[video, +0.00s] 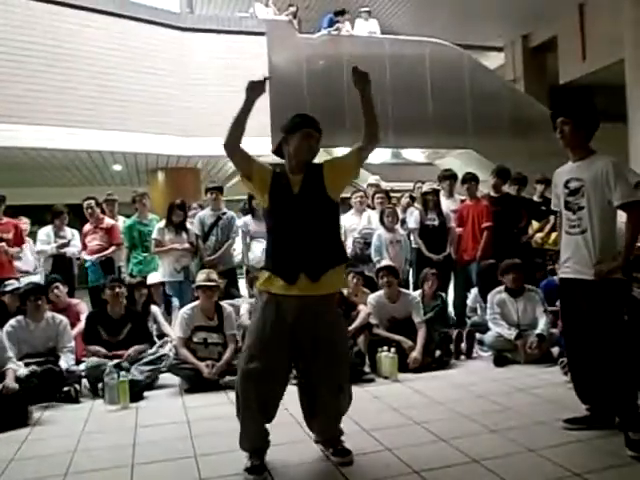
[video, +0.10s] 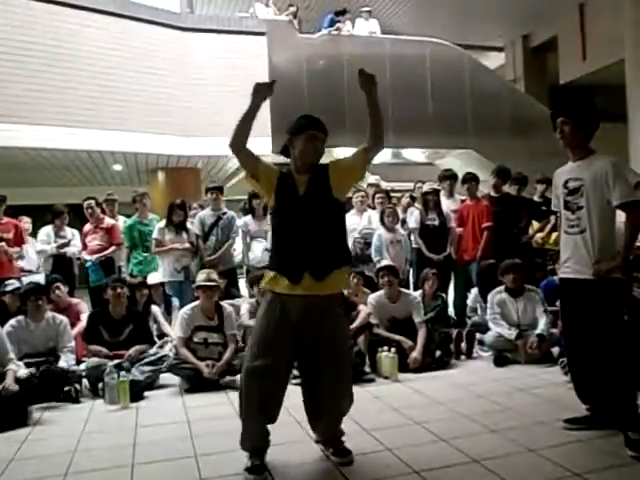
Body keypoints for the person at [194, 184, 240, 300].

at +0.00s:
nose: (214, 197)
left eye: (216, 194)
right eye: (211, 194)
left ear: (221, 196)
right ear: (206, 197)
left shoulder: (230, 216)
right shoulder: (200, 217)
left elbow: (232, 239)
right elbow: (199, 239)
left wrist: (216, 257)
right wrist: (206, 258)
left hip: (226, 265)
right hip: (207, 264)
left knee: (232, 298)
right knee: (208, 298)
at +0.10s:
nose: (214, 197)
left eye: (217, 194)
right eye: (211, 194)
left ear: (221, 196)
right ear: (207, 197)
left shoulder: (230, 216)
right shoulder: (201, 217)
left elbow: (232, 239)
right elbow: (199, 238)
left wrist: (216, 257)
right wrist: (206, 258)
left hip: (226, 264)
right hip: (207, 264)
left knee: (232, 298)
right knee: (208, 298)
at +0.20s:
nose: (214, 197)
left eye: (217, 194)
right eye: (211, 194)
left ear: (221, 196)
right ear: (207, 197)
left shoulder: (231, 216)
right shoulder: (201, 216)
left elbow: (232, 239)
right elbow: (199, 238)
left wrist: (216, 257)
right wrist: (206, 258)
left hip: (227, 264)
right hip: (208, 265)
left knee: (232, 298)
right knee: (208, 298)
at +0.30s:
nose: (214, 197)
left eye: (217, 194)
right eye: (211, 194)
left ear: (221, 196)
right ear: (207, 197)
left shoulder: (231, 216)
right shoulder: (201, 216)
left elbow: (233, 239)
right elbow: (199, 238)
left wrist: (216, 257)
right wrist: (206, 258)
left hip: (227, 264)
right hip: (208, 265)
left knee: (232, 298)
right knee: (208, 298)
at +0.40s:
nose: (214, 197)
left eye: (217, 194)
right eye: (211, 194)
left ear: (221, 196)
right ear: (207, 197)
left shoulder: (231, 216)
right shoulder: (201, 216)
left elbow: (233, 239)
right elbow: (199, 238)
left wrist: (216, 257)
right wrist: (206, 258)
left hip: (227, 264)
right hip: (208, 265)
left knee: (232, 298)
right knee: (208, 298)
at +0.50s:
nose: (214, 197)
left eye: (217, 194)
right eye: (211, 194)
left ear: (221, 196)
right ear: (207, 197)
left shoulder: (231, 216)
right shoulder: (201, 216)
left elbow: (232, 239)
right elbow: (199, 238)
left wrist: (216, 257)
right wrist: (206, 258)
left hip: (227, 264)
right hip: (208, 265)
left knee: (232, 298)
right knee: (208, 298)